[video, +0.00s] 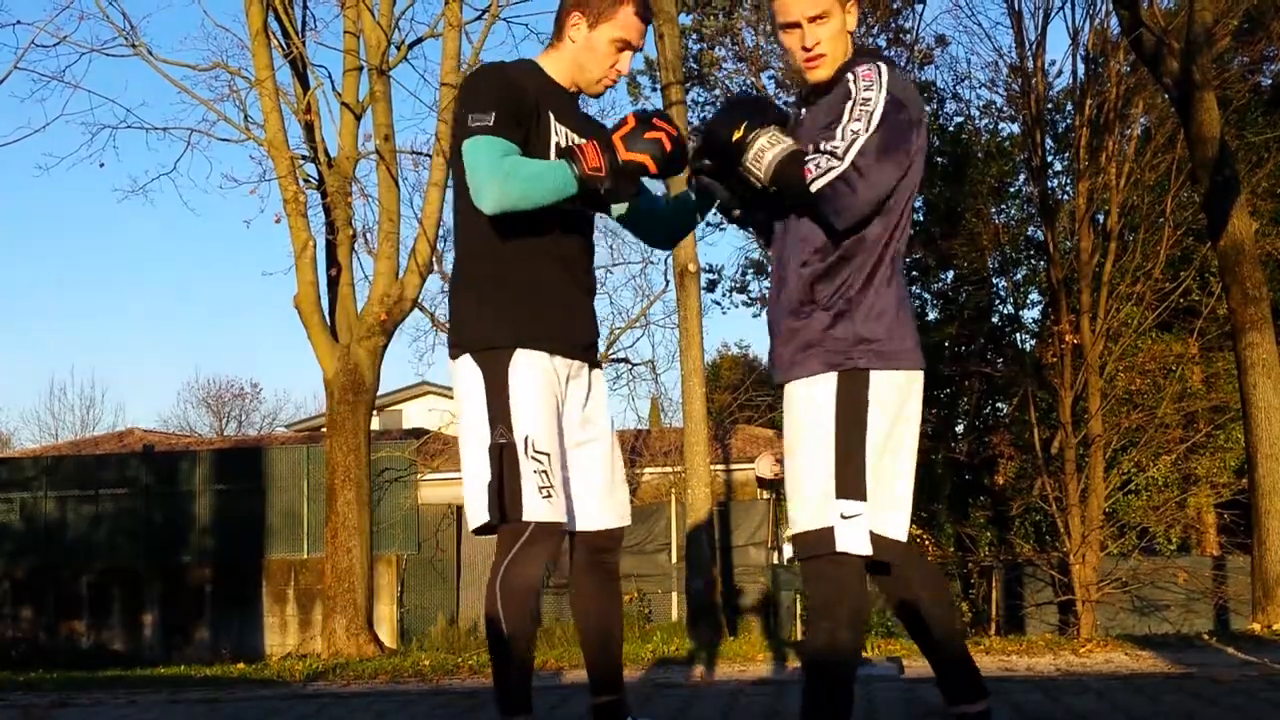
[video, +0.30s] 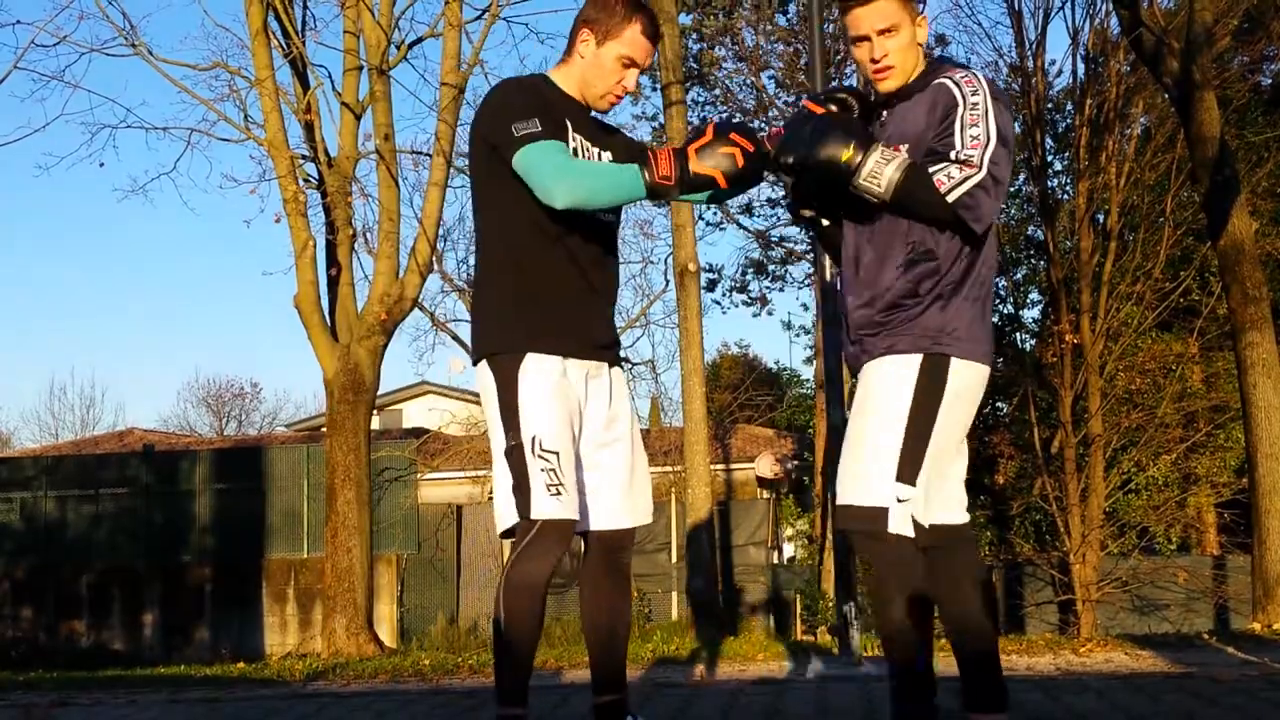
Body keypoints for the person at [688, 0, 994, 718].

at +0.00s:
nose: (804, 40)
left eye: (818, 20)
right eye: (788, 28)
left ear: (851, 14)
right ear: (775, 32)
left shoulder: (881, 87)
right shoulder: (807, 117)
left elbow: (844, 200)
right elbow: (782, 228)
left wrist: (765, 146)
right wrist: (727, 177)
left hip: (851, 349)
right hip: (833, 350)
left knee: (826, 540)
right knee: (879, 534)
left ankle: (823, 719)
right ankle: (968, 695)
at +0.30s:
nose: (873, 52)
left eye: (886, 34)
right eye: (859, 40)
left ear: (920, 26)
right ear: (847, 43)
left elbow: (969, 202)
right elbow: (851, 247)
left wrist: (856, 161)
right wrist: (809, 181)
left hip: (936, 336)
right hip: (882, 341)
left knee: (869, 508)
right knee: (940, 523)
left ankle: (912, 711)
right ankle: (986, 707)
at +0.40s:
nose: (895, 44)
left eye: (908, 26)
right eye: (882, 32)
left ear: (944, 22)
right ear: (873, 37)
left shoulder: (980, 81)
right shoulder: (890, 118)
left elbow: (984, 191)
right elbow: (872, 233)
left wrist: (869, 151)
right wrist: (816, 167)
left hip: (949, 332)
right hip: (912, 335)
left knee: (889, 505)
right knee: (957, 518)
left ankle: (1009, 685)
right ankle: (997, 691)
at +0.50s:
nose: (910, 39)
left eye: (924, 22)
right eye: (897, 28)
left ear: (960, 17)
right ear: (888, 33)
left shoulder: (990, 77)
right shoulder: (923, 112)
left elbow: (991, 185)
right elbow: (893, 225)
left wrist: (884, 157)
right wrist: (838, 173)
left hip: (971, 334)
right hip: (932, 338)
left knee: (944, 518)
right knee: (965, 524)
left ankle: (1088, 695)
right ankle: (988, 707)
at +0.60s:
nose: (918, 40)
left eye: (930, 21)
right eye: (905, 28)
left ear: (972, 15)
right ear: (897, 33)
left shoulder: (1002, 78)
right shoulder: (937, 114)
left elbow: (990, 194)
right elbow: (920, 224)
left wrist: (890, 163)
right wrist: (871, 184)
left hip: (999, 340)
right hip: (937, 350)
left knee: (1030, 531)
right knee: (965, 543)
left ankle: (1118, 708)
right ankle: (989, 709)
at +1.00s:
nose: (944, 43)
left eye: (953, 24)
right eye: (941, 28)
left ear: (1006, 11)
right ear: (994, 17)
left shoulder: (1058, 66)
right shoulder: (1015, 93)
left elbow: (1014, 186)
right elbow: (977, 212)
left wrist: (939, 126)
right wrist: (922, 140)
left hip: (1061, 336)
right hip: (1011, 343)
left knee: (1086, 526)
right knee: (1032, 527)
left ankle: (1131, 706)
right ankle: (1109, 692)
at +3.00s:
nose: (985, 70)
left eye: (994, 53)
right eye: (982, 57)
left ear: (1044, 46)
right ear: (1038, 53)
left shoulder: (1076, 95)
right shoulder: (1086, 107)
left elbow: (1039, 189)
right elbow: (1027, 216)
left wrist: (957, 146)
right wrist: (965, 174)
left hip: (1055, 340)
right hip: (1107, 339)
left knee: (997, 517)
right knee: (1133, 517)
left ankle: (1013, 709)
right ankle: (1207, 694)